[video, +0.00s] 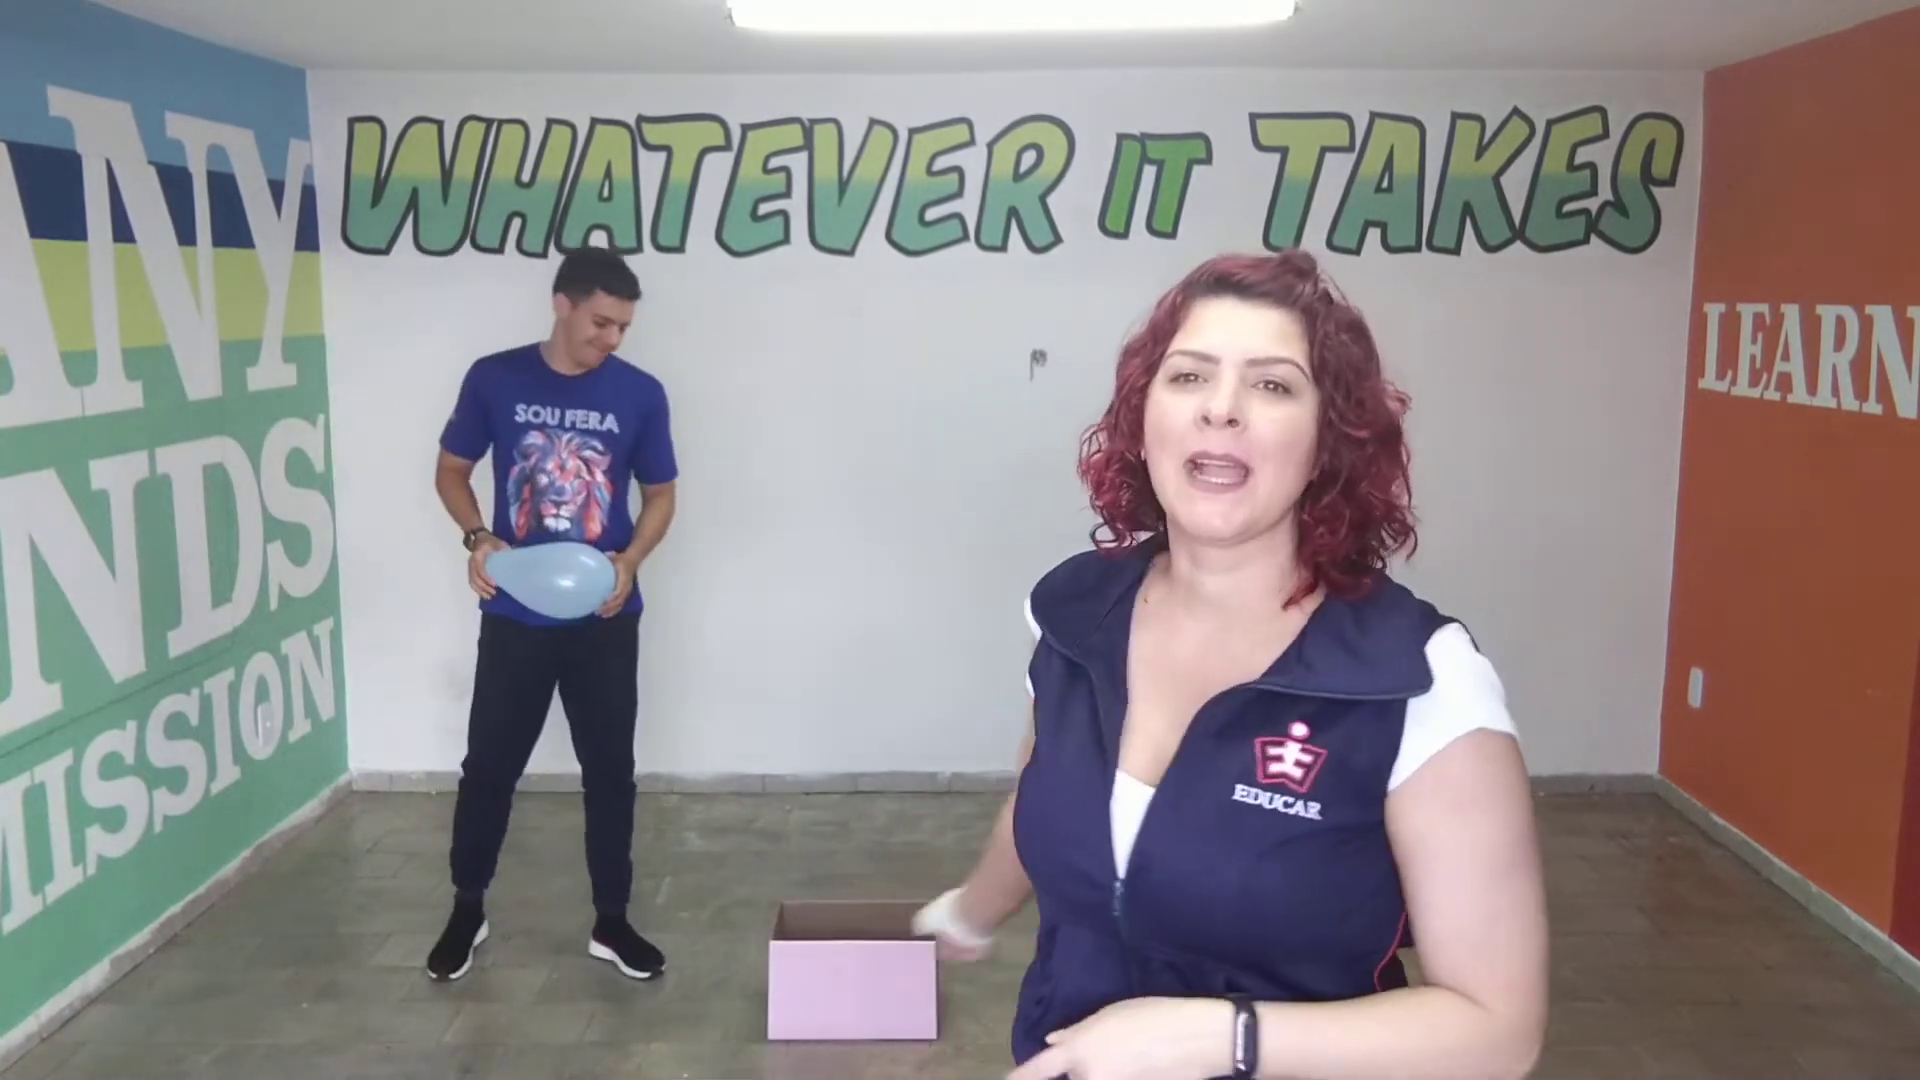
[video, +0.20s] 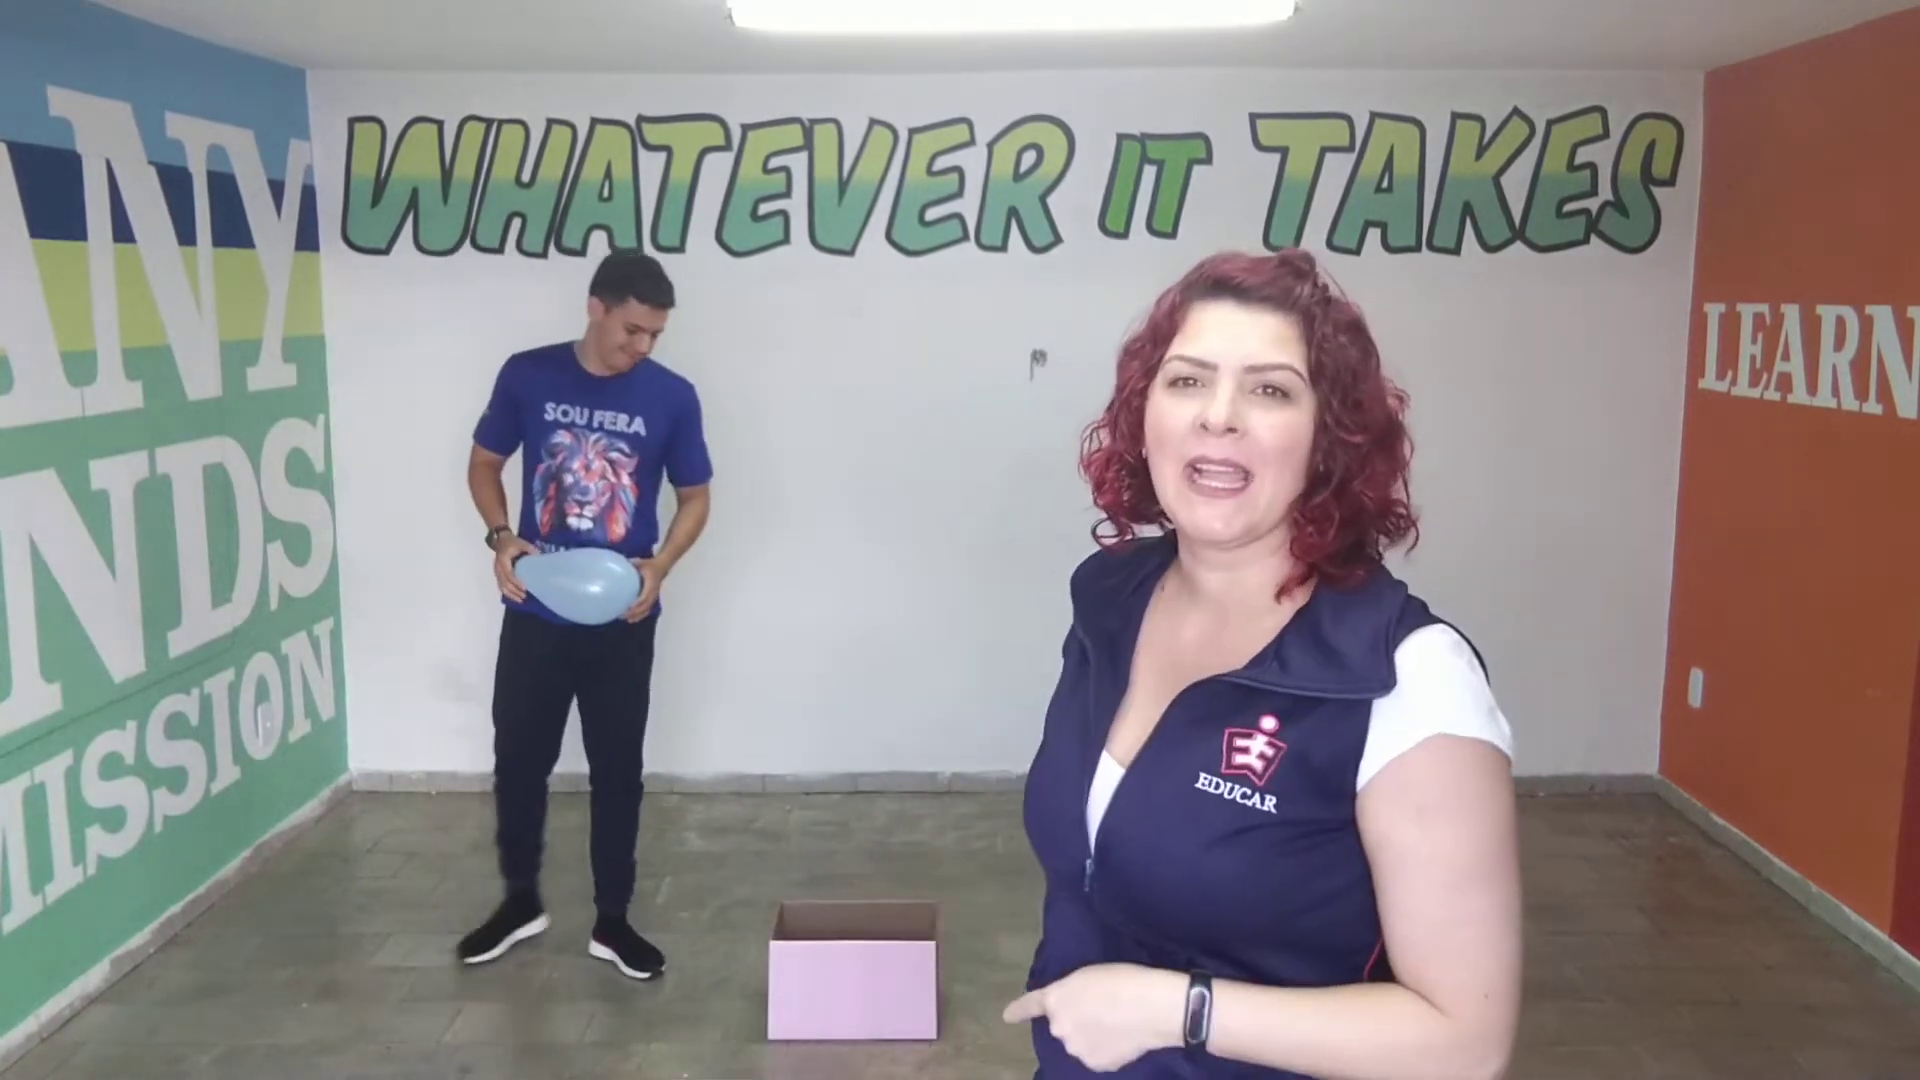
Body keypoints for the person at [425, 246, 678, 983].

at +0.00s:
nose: (611, 341)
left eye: (621, 328)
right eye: (601, 325)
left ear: (626, 322)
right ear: (561, 307)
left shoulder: (640, 395)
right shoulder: (495, 379)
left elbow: (661, 497)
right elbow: (451, 472)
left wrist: (630, 559)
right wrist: (478, 533)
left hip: (605, 617)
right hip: (516, 614)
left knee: (611, 770)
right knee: (489, 766)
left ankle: (612, 920)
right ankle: (467, 909)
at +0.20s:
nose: (642, 347)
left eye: (653, 334)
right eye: (633, 330)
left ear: (660, 328)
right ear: (595, 310)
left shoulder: (671, 397)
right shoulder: (529, 375)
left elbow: (696, 499)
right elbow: (484, 464)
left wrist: (660, 565)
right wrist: (501, 533)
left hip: (623, 615)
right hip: (536, 609)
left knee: (618, 770)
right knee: (519, 758)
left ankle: (612, 922)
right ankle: (521, 900)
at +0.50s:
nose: (654, 335)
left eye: (666, 324)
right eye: (646, 318)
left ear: (673, 323)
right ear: (610, 303)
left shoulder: (685, 399)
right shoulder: (547, 377)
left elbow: (709, 500)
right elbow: (503, 469)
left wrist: (676, 559)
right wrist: (520, 532)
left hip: (641, 605)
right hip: (560, 600)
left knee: (627, 763)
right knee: (562, 749)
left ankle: (615, 920)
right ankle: (643, 830)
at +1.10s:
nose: (631, 335)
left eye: (640, 322)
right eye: (618, 323)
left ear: (650, 313)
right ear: (586, 317)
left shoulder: (684, 378)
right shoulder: (555, 390)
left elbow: (723, 468)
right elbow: (538, 477)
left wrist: (694, 530)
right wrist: (555, 534)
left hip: (674, 582)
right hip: (601, 586)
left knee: (675, 729)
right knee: (625, 728)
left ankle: (685, 884)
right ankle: (646, 851)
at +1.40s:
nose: (644, 332)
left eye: (653, 318)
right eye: (630, 319)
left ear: (665, 311)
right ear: (601, 313)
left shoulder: (695, 375)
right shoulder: (566, 386)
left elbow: (729, 462)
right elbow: (536, 475)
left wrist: (713, 520)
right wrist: (565, 531)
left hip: (691, 578)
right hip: (614, 586)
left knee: (735, 708)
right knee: (631, 726)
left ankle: (771, 838)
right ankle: (646, 857)